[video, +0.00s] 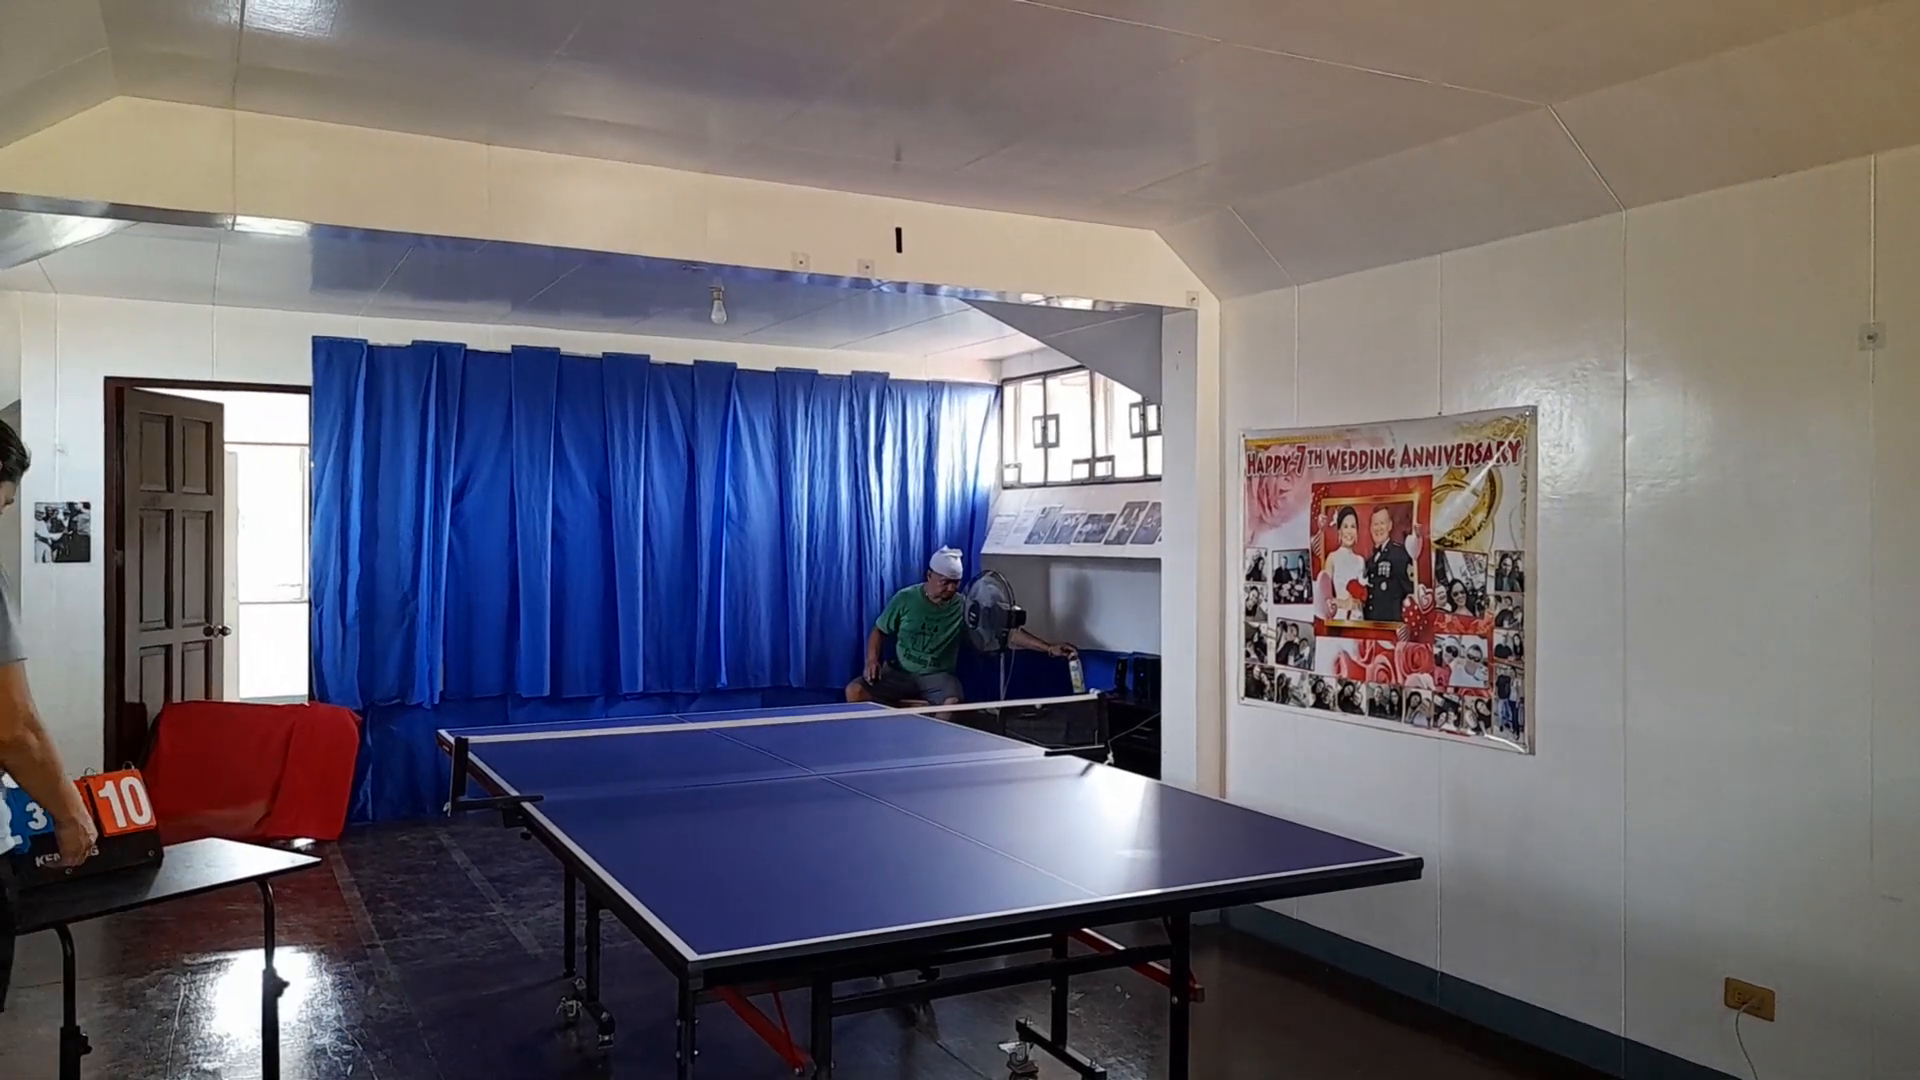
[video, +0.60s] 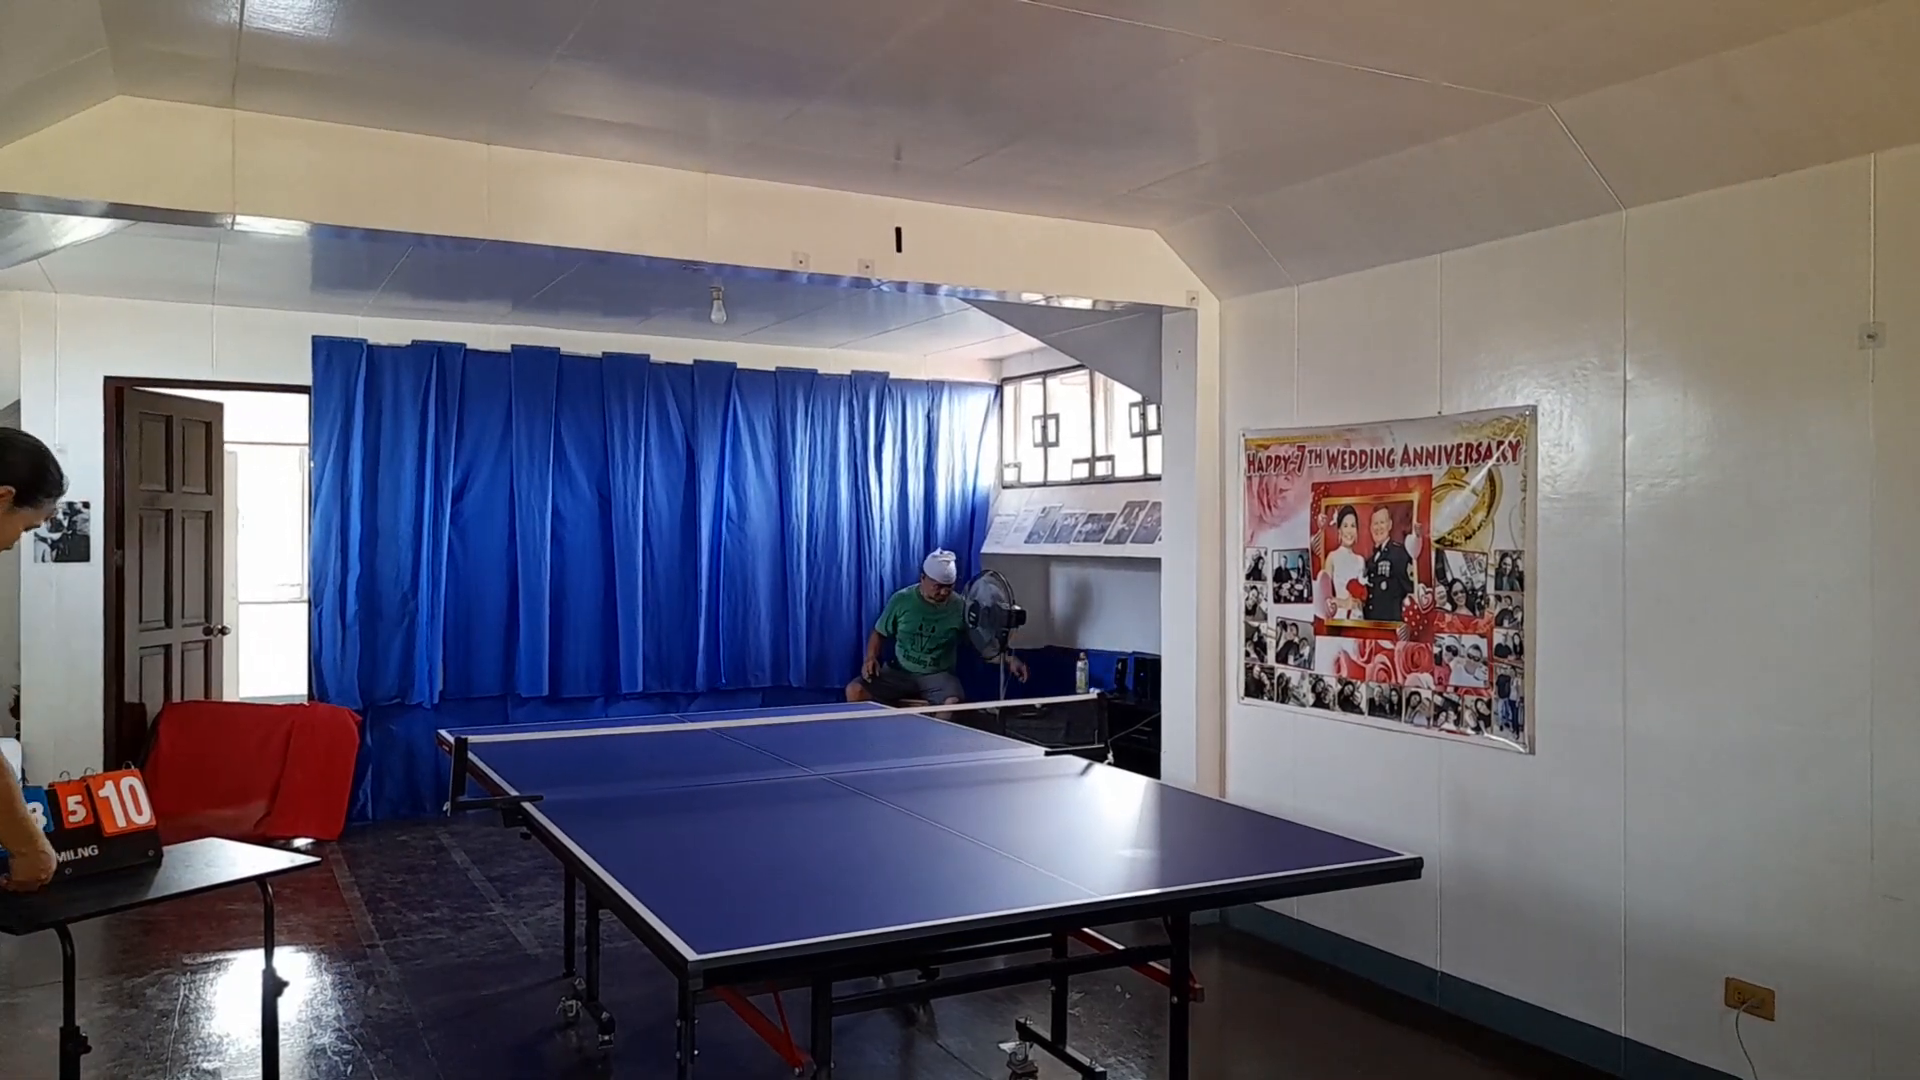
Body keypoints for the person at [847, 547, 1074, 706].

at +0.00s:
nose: (951, 588)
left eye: (955, 583)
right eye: (945, 582)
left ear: (960, 582)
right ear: (929, 577)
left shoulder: (963, 607)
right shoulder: (905, 598)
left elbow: (1005, 631)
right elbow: (878, 631)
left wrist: (1048, 648)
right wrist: (872, 660)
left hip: (938, 678)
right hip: (900, 672)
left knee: (953, 706)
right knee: (854, 690)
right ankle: (876, 745)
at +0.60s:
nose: (942, 592)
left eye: (948, 587)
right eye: (937, 586)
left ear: (954, 583)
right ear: (922, 577)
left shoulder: (960, 607)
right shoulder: (901, 600)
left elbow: (984, 644)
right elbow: (879, 632)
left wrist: (1009, 660)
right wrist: (871, 656)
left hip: (937, 677)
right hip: (899, 673)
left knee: (952, 704)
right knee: (854, 691)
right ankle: (869, 747)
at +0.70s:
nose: (940, 591)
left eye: (945, 585)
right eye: (934, 585)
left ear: (951, 581)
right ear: (919, 577)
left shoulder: (958, 606)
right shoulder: (898, 599)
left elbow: (982, 648)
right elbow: (874, 632)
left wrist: (1005, 669)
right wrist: (869, 659)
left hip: (936, 676)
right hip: (897, 673)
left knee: (952, 703)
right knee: (852, 690)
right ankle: (874, 741)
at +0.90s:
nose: (933, 589)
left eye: (938, 583)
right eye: (928, 582)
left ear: (943, 579)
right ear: (913, 576)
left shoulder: (952, 603)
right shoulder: (891, 601)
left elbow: (970, 639)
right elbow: (869, 637)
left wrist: (988, 666)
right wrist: (868, 661)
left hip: (936, 675)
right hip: (898, 673)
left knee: (950, 701)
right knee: (852, 691)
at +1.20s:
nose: (915, 584)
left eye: (919, 577)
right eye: (908, 579)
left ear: (923, 573)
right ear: (892, 573)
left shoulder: (936, 597)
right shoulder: (877, 607)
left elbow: (954, 637)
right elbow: (866, 650)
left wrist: (964, 680)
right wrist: (873, 671)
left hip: (931, 672)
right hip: (894, 674)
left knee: (948, 697)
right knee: (850, 690)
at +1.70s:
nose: (883, 591)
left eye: (887, 583)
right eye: (876, 587)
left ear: (894, 574)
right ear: (867, 587)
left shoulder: (921, 599)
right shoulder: (862, 614)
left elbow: (948, 638)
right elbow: (857, 658)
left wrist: (964, 680)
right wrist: (870, 675)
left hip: (926, 671)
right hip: (887, 674)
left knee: (940, 699)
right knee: (848, 691)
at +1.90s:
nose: (872, 597)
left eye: (875, 589)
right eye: (865, 593)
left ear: (884, 578)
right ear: (858, 593)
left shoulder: (914, 599)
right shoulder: (857, 619)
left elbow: (948, 630)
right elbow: (855, 661)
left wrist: (963, 669)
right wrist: (867, 669)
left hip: (925, 670)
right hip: (887, 674)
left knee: (938, 699)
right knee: (848, 691)